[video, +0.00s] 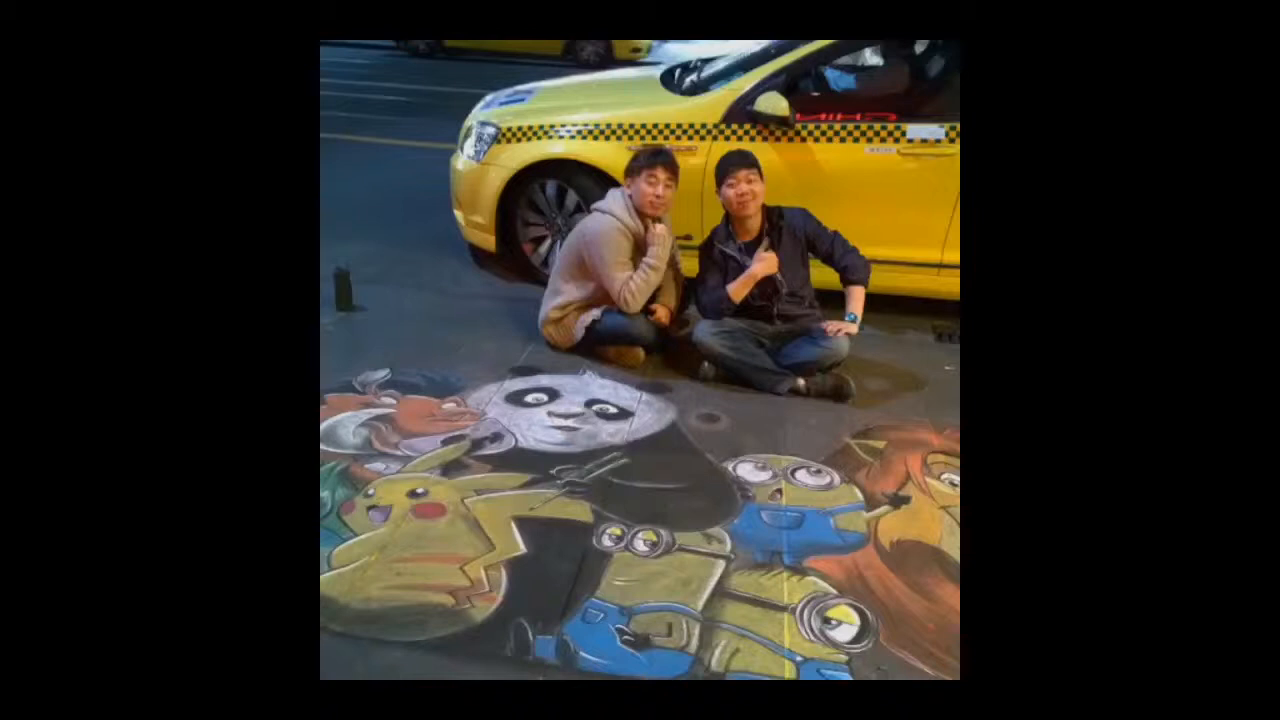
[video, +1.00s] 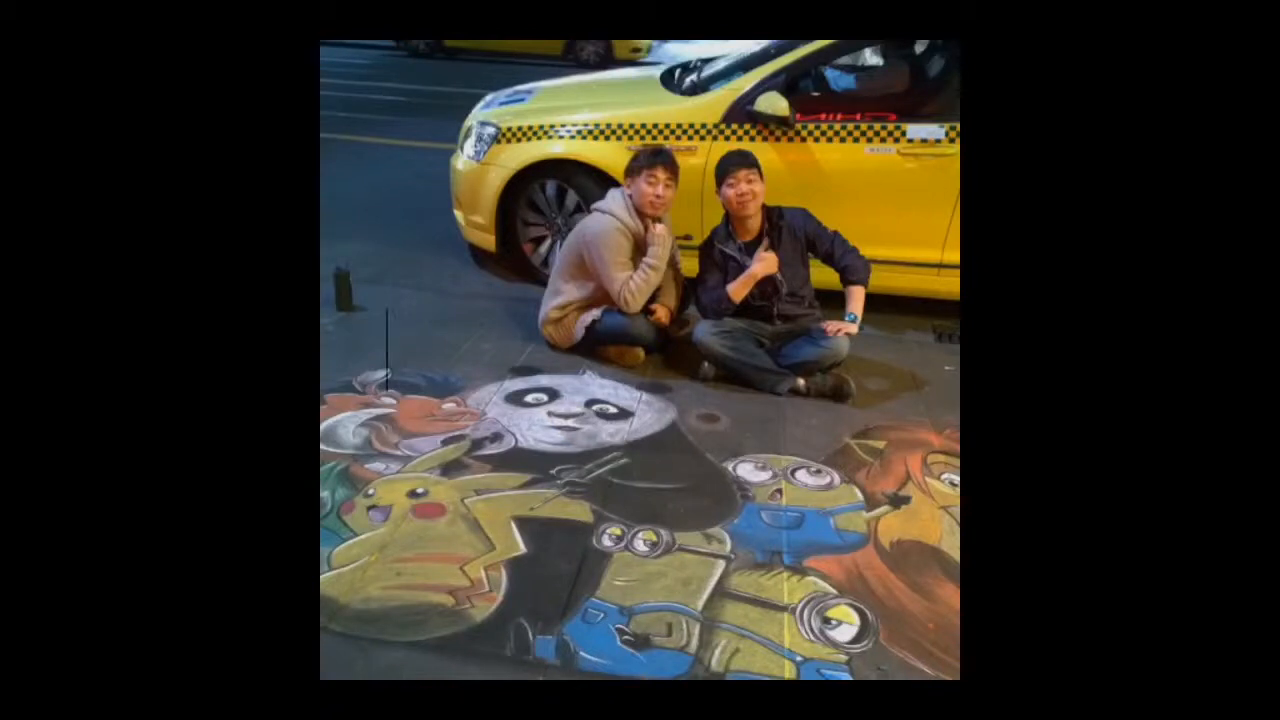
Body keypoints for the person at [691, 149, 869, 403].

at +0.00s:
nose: (743, 191)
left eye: (750, 181)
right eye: (732, 185)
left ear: (763, 187)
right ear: (720, 195)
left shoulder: (794, 222)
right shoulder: (714, 246)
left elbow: (853, 261)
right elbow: (709, 309)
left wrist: (852, 319)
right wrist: (753, 274)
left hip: (799, 328)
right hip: (746, 328)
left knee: (837, 344)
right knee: (704, 333)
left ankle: (733, 373)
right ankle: (798, 386)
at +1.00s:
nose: (743, 191)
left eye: (750, 181)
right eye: (732, 185)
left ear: (763, 187)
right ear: (720, 195)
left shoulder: (795, 222)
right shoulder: (714, 246)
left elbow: (853, 262)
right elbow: (709, 309)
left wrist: (851, 319)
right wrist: (753, 274)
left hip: (799, 327)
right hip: (747, 327)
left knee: (837, 344)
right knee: (704, 334)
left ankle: (732, 372)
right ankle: (799, 386)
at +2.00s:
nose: (743, 191)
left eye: (750, 181)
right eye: (732, 185)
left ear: (763, 187)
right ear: (720, 195)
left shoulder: (795, 222)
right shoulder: (713, 246)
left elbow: (853, 262)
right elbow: (708, 308)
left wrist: (851, 319)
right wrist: (753, 274)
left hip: (799, 326)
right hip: (745, 332)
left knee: (837, 345)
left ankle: (753, 375)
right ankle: (813, 385)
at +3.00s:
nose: (743, 190)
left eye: (750, 181)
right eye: (732, 184)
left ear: (763, 185)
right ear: (721, 192)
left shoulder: (792, 221)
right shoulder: (716, 230)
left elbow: (853, 262)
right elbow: (708, 304)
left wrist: (851, 319)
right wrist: (751, 276)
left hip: (800, 324)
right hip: (747, 323)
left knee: (837, 345)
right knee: (708, 334)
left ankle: (732, 370)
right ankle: (799, 386)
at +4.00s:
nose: (743, 190)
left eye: (750, 181)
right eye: (732, 184)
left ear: (763, 184)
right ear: (721, 192)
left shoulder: (791, 220)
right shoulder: (716, 230)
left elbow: (853, 262)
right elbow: (707, 303)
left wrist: (851, 319)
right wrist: (751, 276)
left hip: (800, 325)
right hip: (747, 324)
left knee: (837, 345)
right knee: (708, 333)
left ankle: (732, 371)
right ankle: (798, 386)